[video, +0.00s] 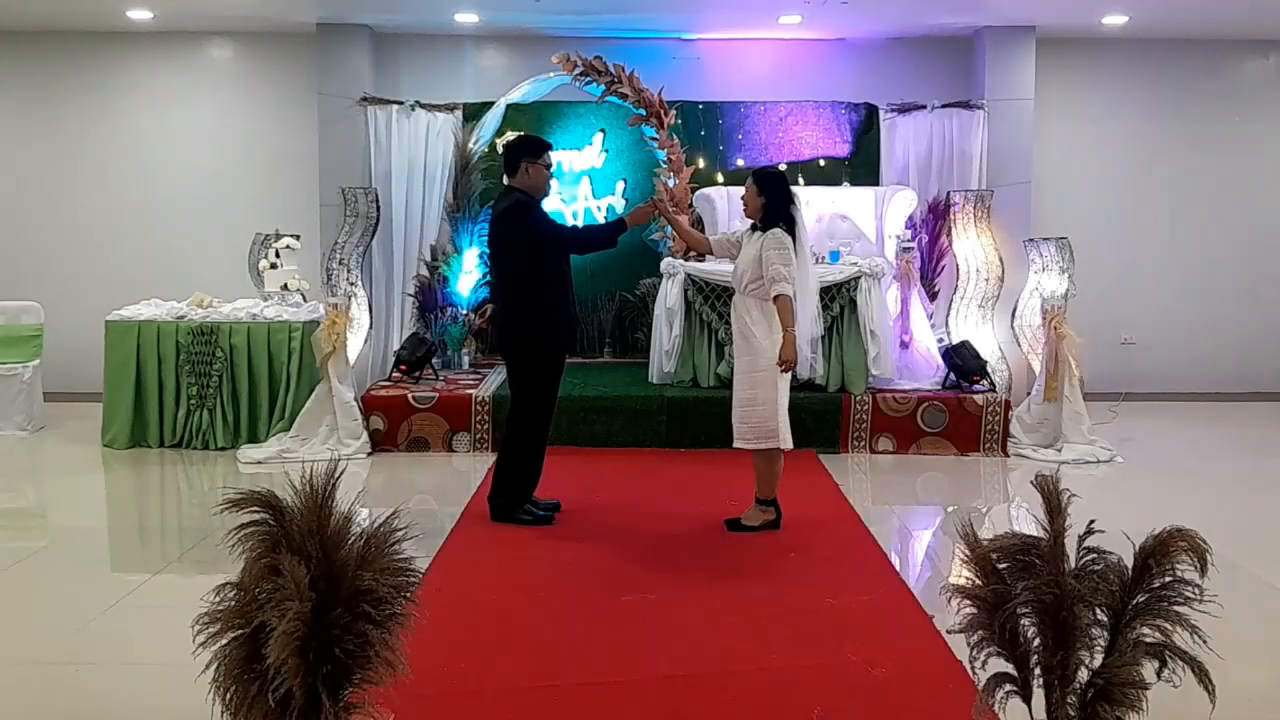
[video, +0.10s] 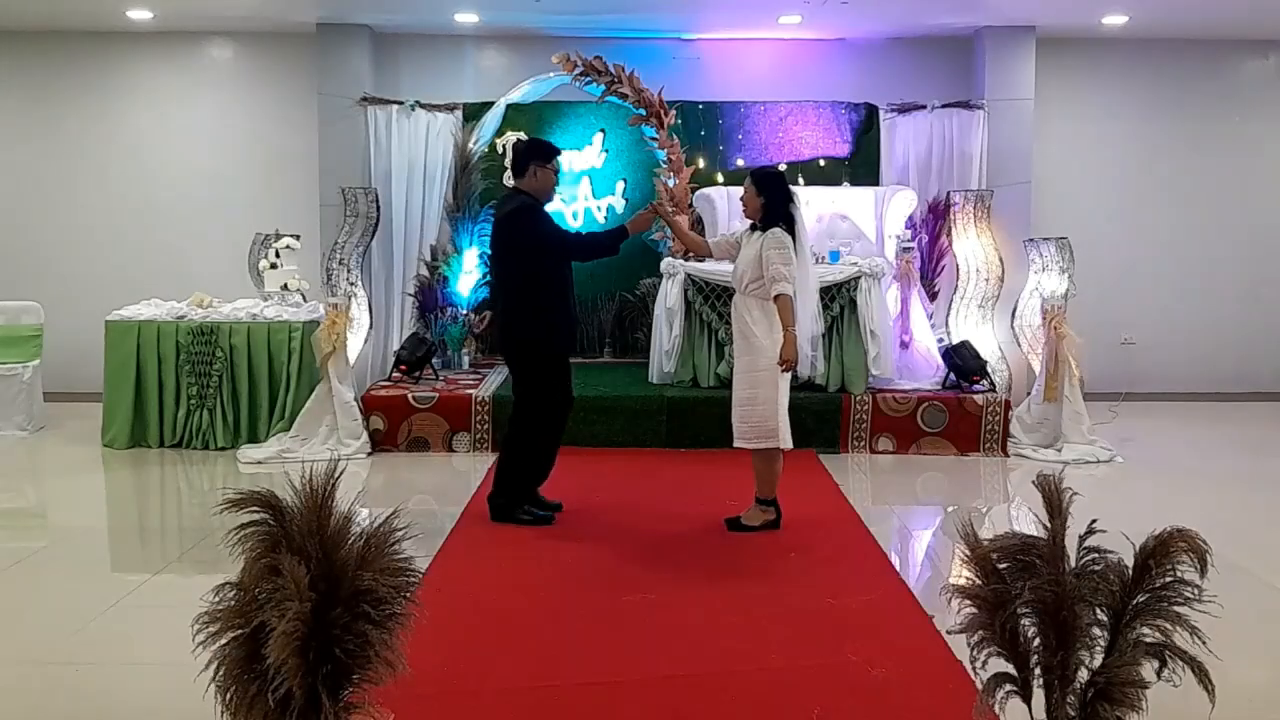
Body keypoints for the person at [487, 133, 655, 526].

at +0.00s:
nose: (551, 176)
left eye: (550, 169)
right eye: (546, 169)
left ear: (523, 171)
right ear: (524, 170)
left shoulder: (517, 209)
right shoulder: (518, 211)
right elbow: (568, 241)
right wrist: (626, 222)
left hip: (534, 329)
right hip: (533, 331)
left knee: (532, 416)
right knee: (529, 417)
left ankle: (519, 494)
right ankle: (507, 503)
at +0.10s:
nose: (557, 180)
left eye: (557, 172)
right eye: (553, 172)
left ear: (530, 173)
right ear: (533, 172)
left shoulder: (521, 210)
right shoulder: (521, 212)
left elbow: (569, 245)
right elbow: (572, 247)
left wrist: (621, 233)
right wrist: (627, 230)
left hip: (535, 330)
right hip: (533, 333)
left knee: (549, 406)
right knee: (539, 409)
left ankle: (524, 490)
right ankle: (507, 501)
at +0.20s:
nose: (567, 186)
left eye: (568, 179)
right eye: (564, 178)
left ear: (540, 175)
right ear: (546, 175)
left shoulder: (523, 209)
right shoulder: (531, 212)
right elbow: (574, 254)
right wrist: (630, 239)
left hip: (539, 330)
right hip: (538, 333)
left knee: (570, 401)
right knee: (541, 410)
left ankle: (542, 482)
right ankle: (507, 501)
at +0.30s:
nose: (581, 190)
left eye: (582, 183)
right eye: (579, 182)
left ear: (553, 177)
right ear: (563, 177)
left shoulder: (525, 211)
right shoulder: (545, 213)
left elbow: (500, 273)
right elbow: (582, 261)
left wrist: (492, 322)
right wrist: (634, 252)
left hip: (538, 332)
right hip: (547, 335)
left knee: (582, 399)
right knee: (536, 414)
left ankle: (578, 485)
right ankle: (508, 502)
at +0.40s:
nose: (594, 198)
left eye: (596, 191)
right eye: (594, 190)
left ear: (565, 181)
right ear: (579, 182)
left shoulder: (529, 216)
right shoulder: (565, 216)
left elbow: (504, 271)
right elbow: (585, 269)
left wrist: (488, 320)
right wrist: (634, 277)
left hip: (539, 332)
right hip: (557, 335)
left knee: (582, 404)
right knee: (537, 417)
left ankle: (606, 479)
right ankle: (508, 502)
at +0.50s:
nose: (611, 202)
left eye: (613, 195)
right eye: (610, 193)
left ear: (581, 185)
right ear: (594, 186)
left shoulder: (544, 219)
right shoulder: (583, 220)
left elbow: (515, 269)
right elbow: (593, 276)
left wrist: (489, 312)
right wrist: (630, 307)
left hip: (550, 334)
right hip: (569, 337)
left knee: (587, 411)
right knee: (541, 418)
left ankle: (620, 478)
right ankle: (508, 503)